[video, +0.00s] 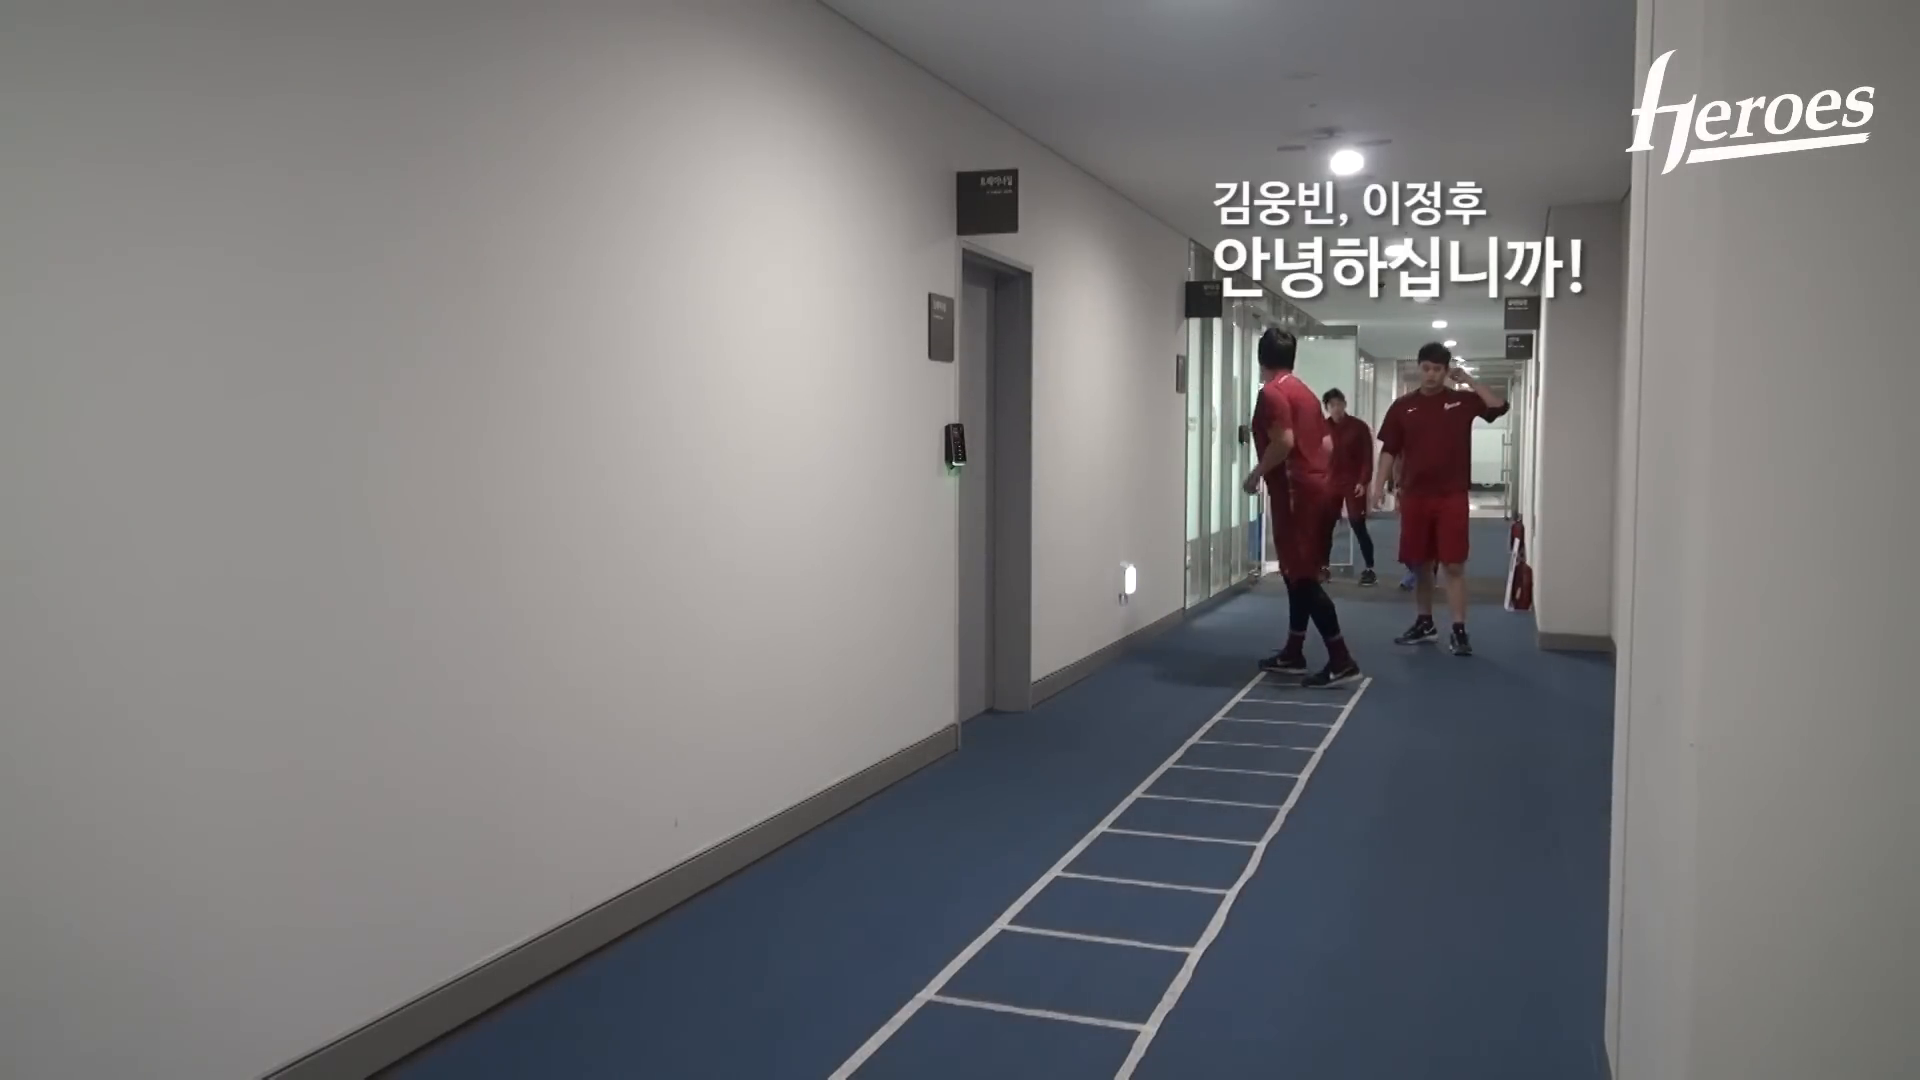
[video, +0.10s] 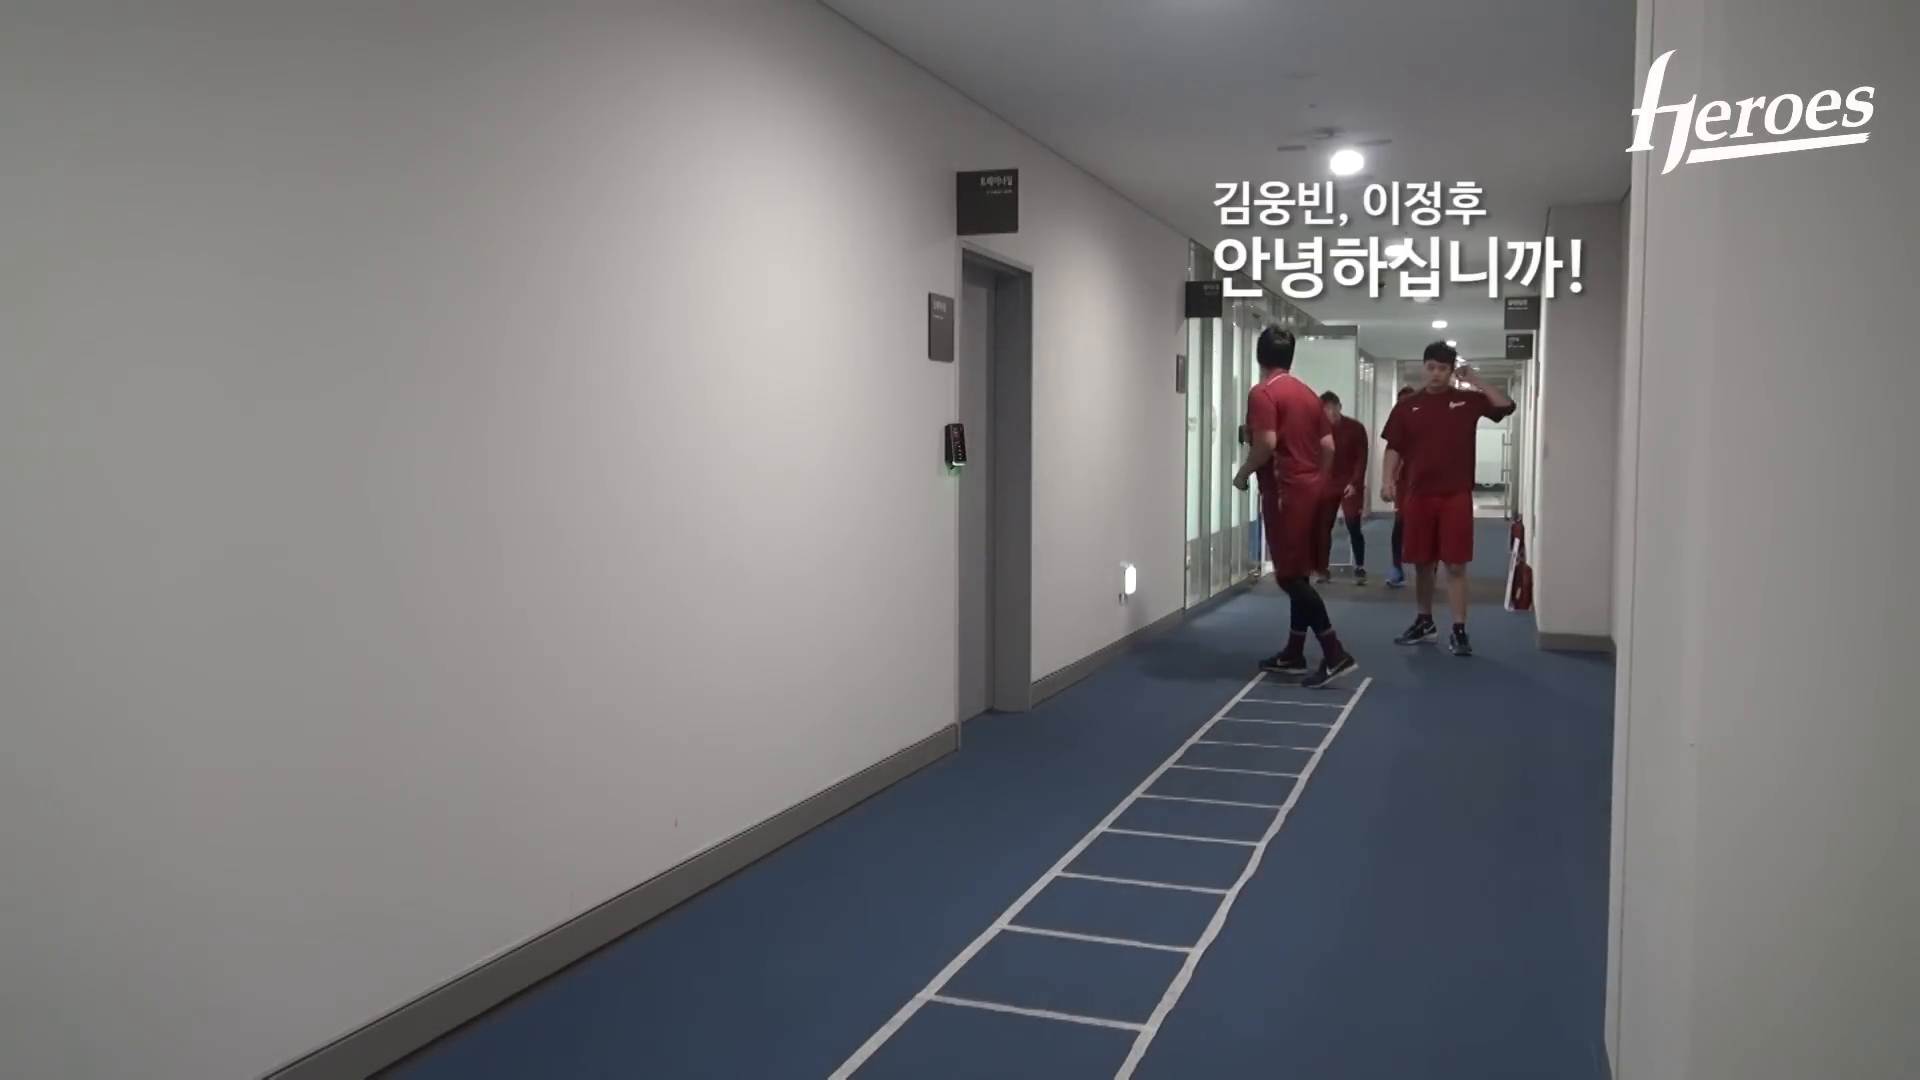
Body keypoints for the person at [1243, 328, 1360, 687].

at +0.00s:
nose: (1258, 362)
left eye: (1258, 356)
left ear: (1261, 358)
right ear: (1291, 358)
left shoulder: (1273, 391)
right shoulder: (1306, 392)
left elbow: (1284, 440)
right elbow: (1325, 443)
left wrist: (1257, 473)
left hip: (1296, 493)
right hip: (1320, 491)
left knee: (1301, 575)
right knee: (1297, 573)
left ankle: (1340, 658)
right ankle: (1293, 652)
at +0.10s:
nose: (1257, 361)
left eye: (1257, 355)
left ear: (1259, 357)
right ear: (1290, 358)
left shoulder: (1263, 393)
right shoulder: (1309, 393)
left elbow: (1266, 443)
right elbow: (1328, 445)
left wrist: (1243, 472)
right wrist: (1319, 481)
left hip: (1288, 491)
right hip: (1317, 488)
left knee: (1289, 575)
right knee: (1299, 574)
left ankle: (1334, 653)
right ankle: (1293, 653)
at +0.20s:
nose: (1255, 362)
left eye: (1255, 357)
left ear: (1257, 358)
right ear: (1287, 359)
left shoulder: (1256, 393)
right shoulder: (1307, 394)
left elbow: (1257, 445)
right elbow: (1325, 447)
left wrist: (1235, 480)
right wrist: (1317, 484)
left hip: (1277, 495)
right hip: (1311, 493)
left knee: (1262, 574)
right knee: (1295, 571)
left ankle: (1315, 637)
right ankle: (1292, 652)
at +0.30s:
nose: (1249, 361)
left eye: (1249, 355)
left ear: (1251, 358)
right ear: (1281, 358)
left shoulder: (1249, 393)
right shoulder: (1302, 394)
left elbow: (1247, 447)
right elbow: (1321, 447)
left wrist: (1228, 490)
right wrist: (1312, 484)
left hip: (1268, 493)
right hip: (1304, 493)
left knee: (1236, 569)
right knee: (1292, 571)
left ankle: (1286, 634)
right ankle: (1295, 654)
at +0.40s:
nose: (1242, 363)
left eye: (1241, 357)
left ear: (1243, 360)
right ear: (1273, 360)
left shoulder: (1240, 396)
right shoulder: (1295, 395)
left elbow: (1238, 443)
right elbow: (1314, 448)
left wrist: (1224, 491)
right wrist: (1306, 483)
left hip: (1257, 497)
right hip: (1295, 497)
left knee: (1221, 565)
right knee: (1291, 571)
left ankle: (1241, 642)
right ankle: (1294, 652)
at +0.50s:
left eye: (1231, 362)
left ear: (1231, 363)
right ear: (1261, 361)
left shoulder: (1229, 398)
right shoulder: (1285, 397)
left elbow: (1226, 442)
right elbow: (1306, 450)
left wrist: (1216, 489)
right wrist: (1286, 475)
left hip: (1245, 498)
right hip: (1284, 498)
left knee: (1217, 571)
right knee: (1287, 573)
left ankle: (1198, 648)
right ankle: (1293, 653)